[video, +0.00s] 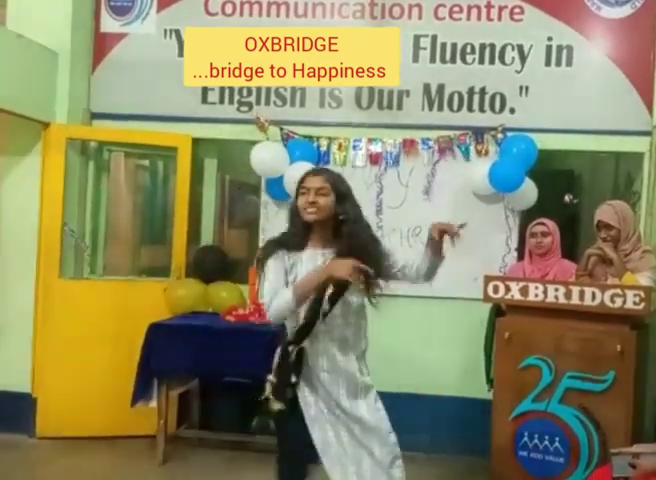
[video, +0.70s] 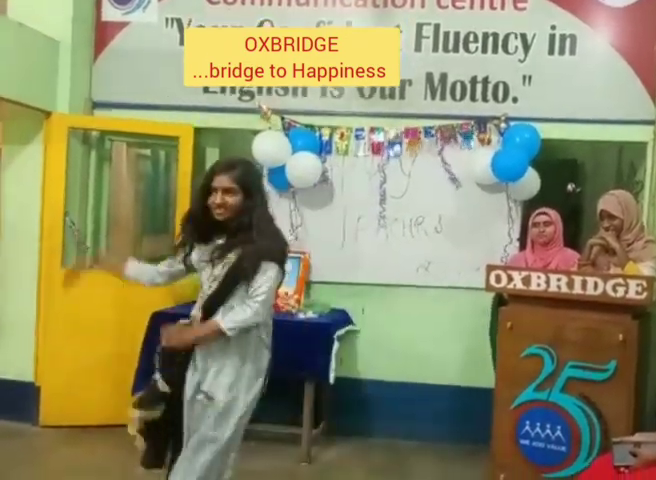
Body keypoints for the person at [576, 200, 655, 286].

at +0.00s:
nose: (602, 235)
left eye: (609, 228)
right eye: (599, 228)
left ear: (625, 227)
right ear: (595, 229)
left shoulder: (646, 259)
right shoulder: (593, 256)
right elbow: (576, 287)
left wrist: (615, 258)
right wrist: (585, 260)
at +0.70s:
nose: (605, 225)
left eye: (612, 217)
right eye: (602, 218)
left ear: (629, 217)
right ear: (598, 220)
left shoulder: (649, 248)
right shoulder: (596, 247)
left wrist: (618, 248)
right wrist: (588, 250)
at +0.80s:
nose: (605, 223)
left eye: (612, 215)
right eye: (602, 216)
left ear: (629, 215)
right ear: (598, 217)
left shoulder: (649, 246)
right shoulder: (596, 245)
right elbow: (580, 275)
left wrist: (618, 246)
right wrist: (588, 247)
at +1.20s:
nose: (606, 215)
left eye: (613, 208)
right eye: (603, 208)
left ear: (630, 207)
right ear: (599, 209)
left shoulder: (649, 238)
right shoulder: (597, 237)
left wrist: (618, 238)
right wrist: (588, 241)